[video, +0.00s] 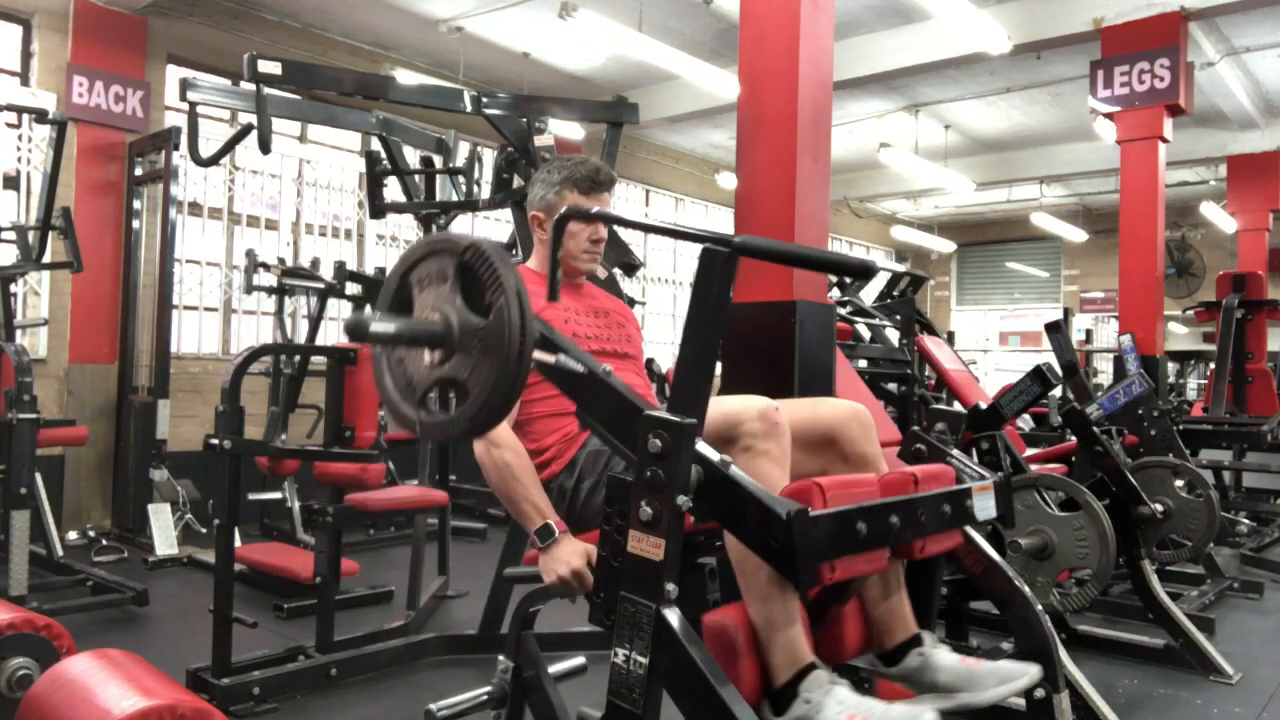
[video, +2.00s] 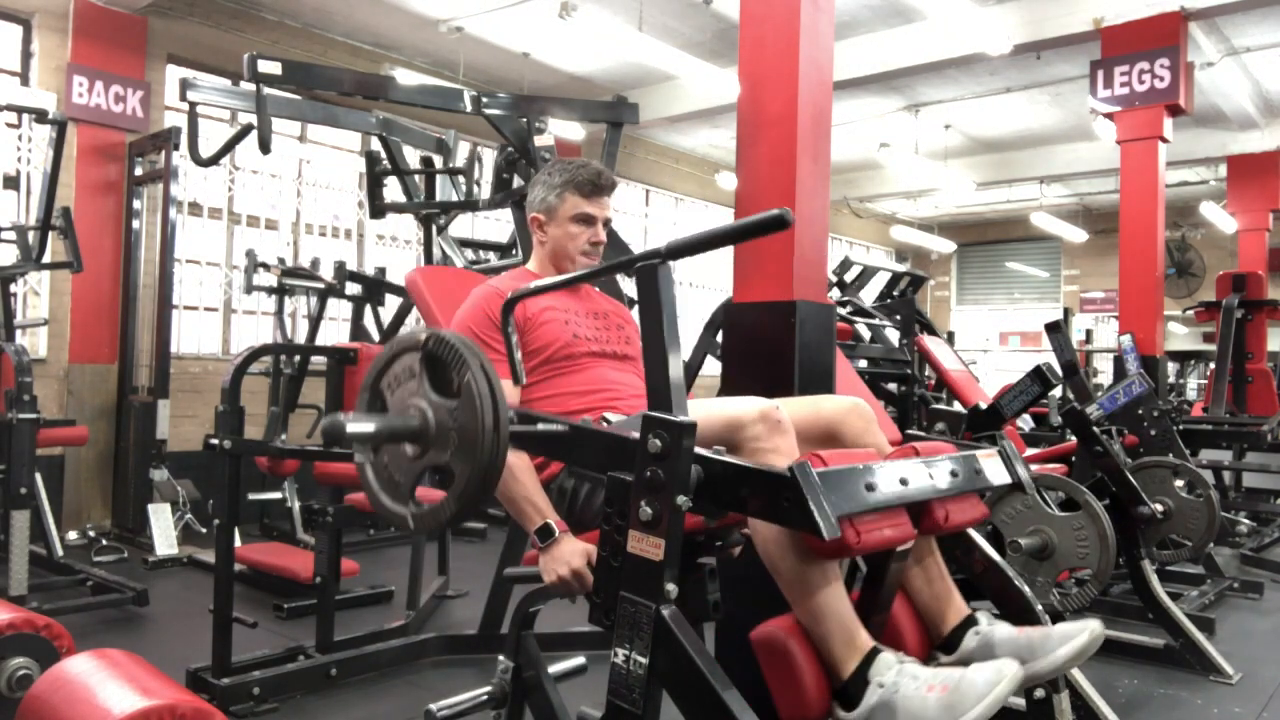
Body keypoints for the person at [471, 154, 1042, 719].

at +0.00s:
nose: (600, 232)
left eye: (604, 220)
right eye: (586, 219)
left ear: (606, 228)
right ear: (539, 223)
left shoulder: (613, 304)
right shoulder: (508, 294)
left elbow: (650, 396)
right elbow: (490, 434)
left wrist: (717, 429)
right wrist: (550, 537)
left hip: (655, 445)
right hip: (586, 468)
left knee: (850, 421)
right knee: (757, 422)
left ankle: (901, 648)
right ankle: (793, 679)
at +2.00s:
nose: (597, 236)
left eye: (604, 225)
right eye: (583, 223)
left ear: (603, 230)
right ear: (538, 222)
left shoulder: (613, 305)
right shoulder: (496, 299)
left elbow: (657, 400)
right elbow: (486, 423)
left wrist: (732, 413)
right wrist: (552, 534)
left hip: (665, 437)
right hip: (587, 457)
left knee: (852, 416)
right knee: (762, 431)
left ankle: (960, 634)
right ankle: (862, 677)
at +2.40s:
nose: (593, 236)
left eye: (600, 223)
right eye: (579, 221)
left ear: (600, 225)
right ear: (534, 223)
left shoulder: (597, 300)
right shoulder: (495, 301)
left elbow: (635, 395)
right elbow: (494, 432)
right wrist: (556, 531)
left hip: (656, 437)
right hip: (589, 457)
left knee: (841, 415)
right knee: (778, 421)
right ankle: (925, 643)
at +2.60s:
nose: (593, 238)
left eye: (601, 225)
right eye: (578, 222)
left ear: (604, 230)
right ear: (534, 224)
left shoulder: (611, 308)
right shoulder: (493, 303)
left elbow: (649, 402)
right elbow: (494, 435)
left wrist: (712, 425)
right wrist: (549, 537)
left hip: (655, 452)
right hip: (588, 469)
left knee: (806, 473)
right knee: (795, 418)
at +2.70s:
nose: (596, 235)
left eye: (602, 223)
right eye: (580, 220)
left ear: (603, 231)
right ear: (534, 224)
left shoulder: (612, 307)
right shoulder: (494, 301)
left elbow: (653, 404)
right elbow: (490, 431)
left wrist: (743, 412)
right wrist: (550, 534)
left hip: (659, 463)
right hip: (585, 475)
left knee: (808, 481)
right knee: (797, 419)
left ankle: (960, 602)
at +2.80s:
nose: (596, 233)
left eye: (602, 222)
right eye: (580, 218)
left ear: (602, 232)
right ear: (534, 223)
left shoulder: (611, 305)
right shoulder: (495, 300)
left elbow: (650, 402)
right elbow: (488, 432)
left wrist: (744, 414)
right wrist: (555, 536)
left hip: (663, 446)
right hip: (593, 462)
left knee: (867, 452)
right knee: (777, 437)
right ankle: (961, 588)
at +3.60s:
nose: (592, 231)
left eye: (598, 219)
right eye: (577, 216)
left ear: (599, 226)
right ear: (533, 220)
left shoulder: (609, 305)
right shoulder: (495, 298)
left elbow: (653, 397)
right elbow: (488, 429)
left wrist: (722, 432)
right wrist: (548, 532)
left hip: (657, 439)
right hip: (582, 458)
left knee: (818, 451)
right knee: (770, 456)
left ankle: (1002, 492)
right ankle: (988, 494)